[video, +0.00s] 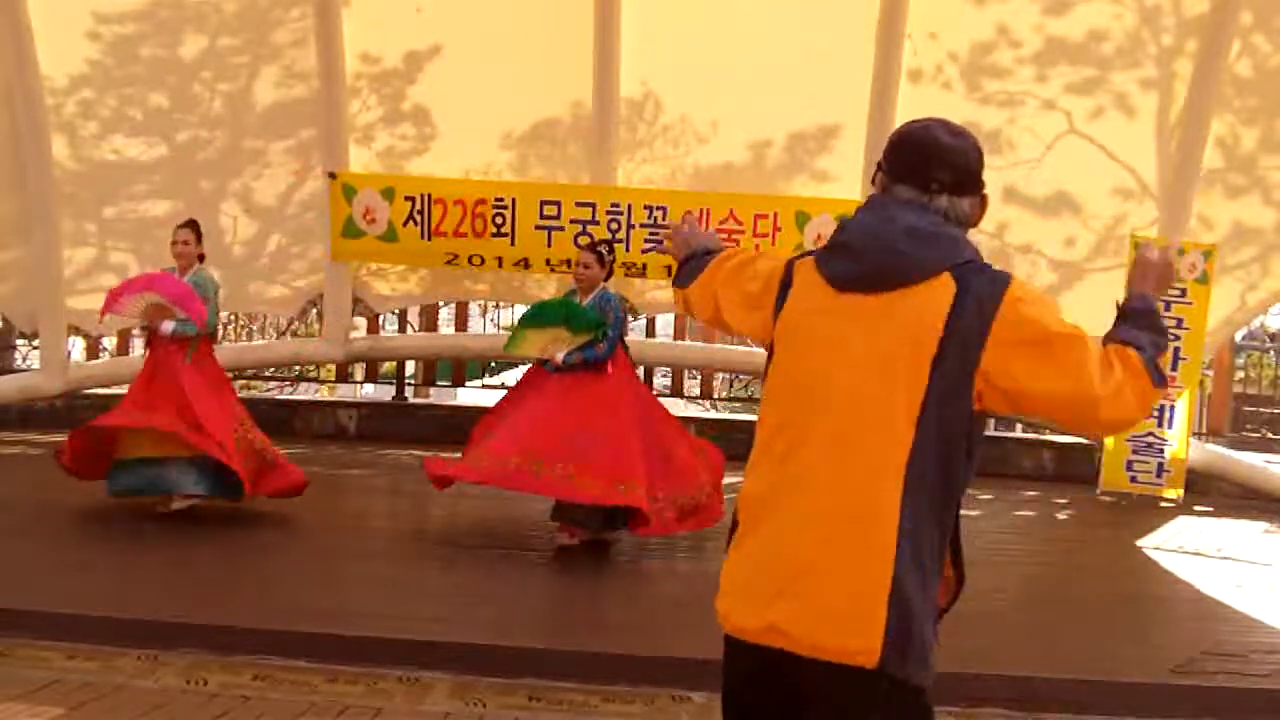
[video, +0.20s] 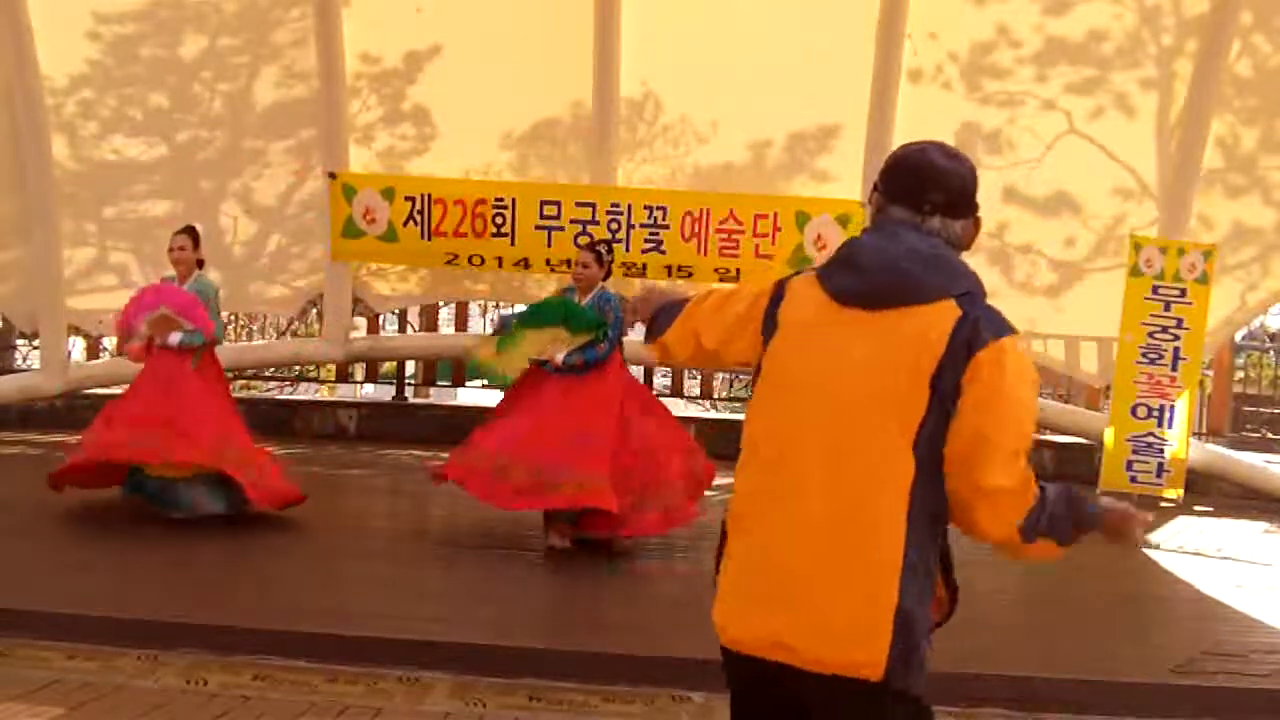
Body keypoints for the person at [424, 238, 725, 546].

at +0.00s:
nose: (580, 272)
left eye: (588, 267)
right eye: (577, 266)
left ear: (604, 272)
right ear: (574, 268)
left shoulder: (611, 303)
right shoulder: (569, 301)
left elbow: (606, 347)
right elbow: (552, 335)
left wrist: (566, 358)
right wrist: (547, 350)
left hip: (602, 388)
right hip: (572, 385)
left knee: (595, 453)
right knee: (574, 453)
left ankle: (592, 524)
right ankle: (576, 521)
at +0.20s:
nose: (578, 270)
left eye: (586, 265)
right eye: (576, 264)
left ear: (603, 270)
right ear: (573, 267)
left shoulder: (612, 304)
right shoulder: (564, 298)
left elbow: (604, 348)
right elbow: (533, 317)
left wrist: (564, 360)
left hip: (597, 385)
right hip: (562, 383)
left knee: (588, 449)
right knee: (558, 449)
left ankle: (577, 523)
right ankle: (556, 524)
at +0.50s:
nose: (580, 268)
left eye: (588, 264)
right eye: (578, 262)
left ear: (606, 271)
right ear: (574, 265)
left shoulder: (616, 302)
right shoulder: (563, 291)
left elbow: (614, 346)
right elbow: (520, 281)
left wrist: (572, 361)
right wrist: (486, 257)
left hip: (598, 382)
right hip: (559, 380)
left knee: (580, 449)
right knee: (550, 442)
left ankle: (559, 527)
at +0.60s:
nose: (582, 269)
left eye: (590, 264)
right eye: (578, 262)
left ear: (606, 270)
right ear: (574, 265)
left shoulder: (614, 307)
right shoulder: (562, 290)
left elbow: (605, 355)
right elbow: (521, 272)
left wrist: (567, 363)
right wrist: (490, 236)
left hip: (596, 389)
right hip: (560, 385)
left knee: (581, 452)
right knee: (551, 447)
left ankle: (574, 528)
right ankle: (552, 520)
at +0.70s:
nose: (581, 267)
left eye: (589, 263)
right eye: (579, 262)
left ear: (607, 268)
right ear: (576, 264)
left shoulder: (615, 305)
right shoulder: (563, 290)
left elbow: (614, 349)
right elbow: (528, 270)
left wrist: (576, 362)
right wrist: (509, 232)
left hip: (594, 387)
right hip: (558, 383)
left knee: (579, 450)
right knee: (544, 444)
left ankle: (564, 526)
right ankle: (537, 524)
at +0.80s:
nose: (586, 264)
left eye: (594, 260)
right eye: (583, 258)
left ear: (608, 266)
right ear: (576, 261)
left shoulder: (617, 304)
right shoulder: (563, 285)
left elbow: (617, 348)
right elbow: (529, 259)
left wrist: (581, 357)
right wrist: (519, 215)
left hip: (594, 384)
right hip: (557, 380)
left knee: (584, 448)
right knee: (553, 443)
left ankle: (566, 526)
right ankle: (545, 520)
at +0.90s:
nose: (588, 258)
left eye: (597, 254)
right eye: (584, 252)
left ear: (611, 261)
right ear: (578, 255)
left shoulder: (618, 297)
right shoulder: (566, 281)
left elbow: (623, 341)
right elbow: (541, 254)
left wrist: (590, 350)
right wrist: (518, 222)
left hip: (597, 375)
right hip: (560, 372)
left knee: (590, 438)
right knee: (554, 432)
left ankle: (583, 510)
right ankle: (553, 506)